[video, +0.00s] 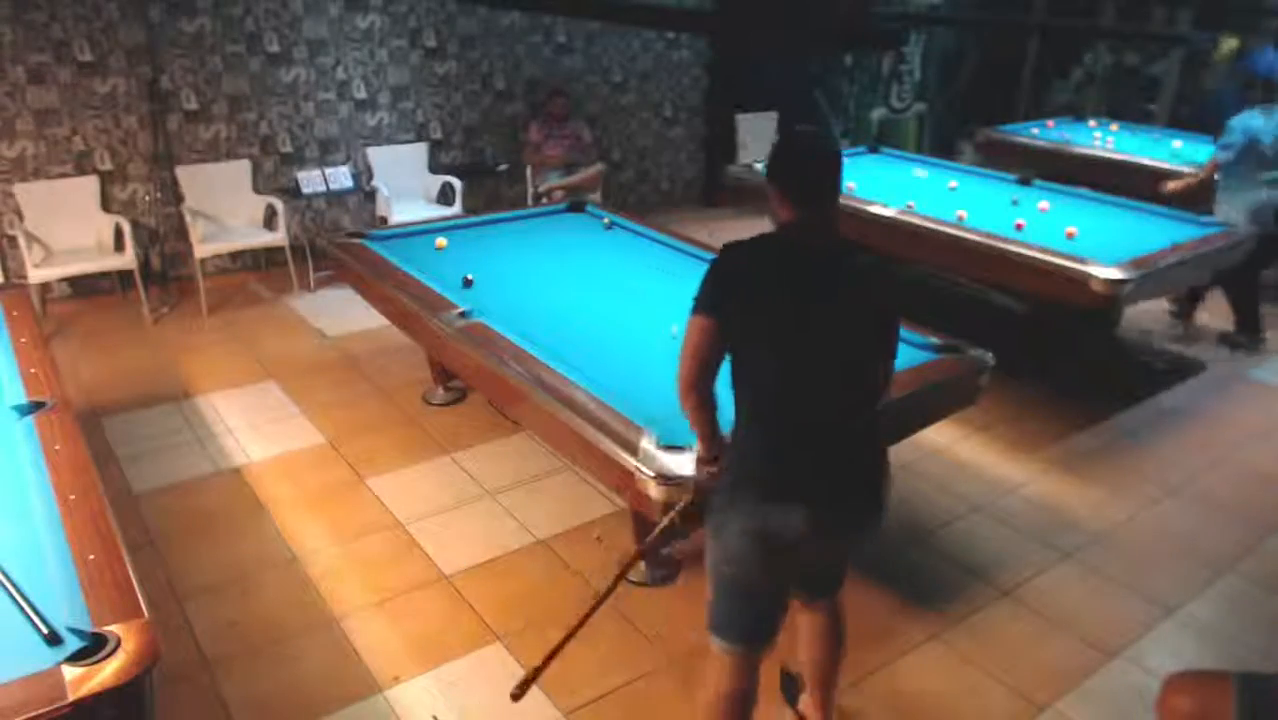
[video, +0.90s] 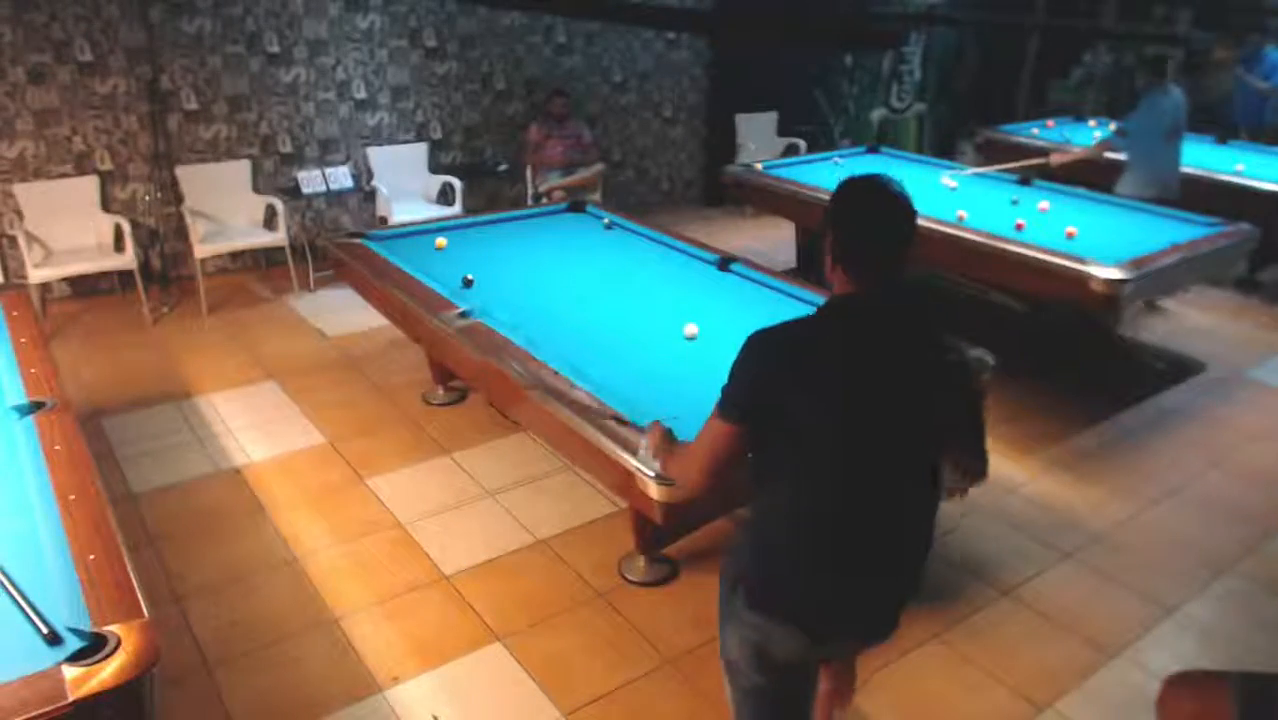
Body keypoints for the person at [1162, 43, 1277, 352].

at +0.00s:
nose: (1240, 89)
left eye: (1244, 84)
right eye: (1243, 84)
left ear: (1254, 87)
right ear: (1271, 88)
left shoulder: (1245, 124)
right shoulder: (1269, 121)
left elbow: (1215, 166)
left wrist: (1181, 185)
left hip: (1242, 220)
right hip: (1267, 218)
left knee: (1241, 275)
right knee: (1212, 260)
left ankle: (1248, 332)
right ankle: (1187, 303)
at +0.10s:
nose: (1221, 87)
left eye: (1227, 82)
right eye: (1226, 81)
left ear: (1238, 85)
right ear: (1263, 86)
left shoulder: (1233, 121)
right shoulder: (1271, 120)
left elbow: (1210, 161)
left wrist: (1180, 182)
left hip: (1224, 203)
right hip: (1256, 201)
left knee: (1224, 267)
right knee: (1204, 255)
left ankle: (1245, 326)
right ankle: (1181, 304)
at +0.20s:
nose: (1222, 88)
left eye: (1225, 83)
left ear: (1232, 85)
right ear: (1255, 86)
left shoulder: (1226, 116)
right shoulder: (1268, 119)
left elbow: (1199, 155)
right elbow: (1269, 159)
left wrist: (1168, 178)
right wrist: (1247, 172)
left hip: (1209, 192)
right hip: (1241, 193)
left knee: (1204, 254)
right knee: (1203, 252)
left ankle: (1232, 313)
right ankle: (1181, 303)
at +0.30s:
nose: (1202, 84)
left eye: (1206, 79)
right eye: (1204, 77)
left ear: (1217, 81)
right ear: (1236, 80)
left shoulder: (1212, 114)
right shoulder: (1254, 114)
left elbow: (1187, 152)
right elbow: (1256, 151)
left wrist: (1146, 167)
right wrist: (1234, 162)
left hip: (1201, 186)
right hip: (1230, 187)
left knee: (1180, 239)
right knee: (1204, 242)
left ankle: (1207, 296)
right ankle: (1179, 301)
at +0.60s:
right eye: (1221, 69)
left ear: (1187, 75)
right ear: (1211, 75)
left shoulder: (1184, 108)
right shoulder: (1215, 105)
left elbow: (1156, 130)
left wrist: (1126, 151)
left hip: (1174, 181)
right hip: (1202, 181)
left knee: (1150, 228)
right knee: (1185, 237)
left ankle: (1171, 295)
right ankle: (1179, 297)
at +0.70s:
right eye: (1224, 68)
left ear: (1173, 78)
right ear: (1205, 72)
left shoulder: (1176, 106)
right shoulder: (1202, 103)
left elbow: (1141, 136)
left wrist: (1090, 155)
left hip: (1162, 179)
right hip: (1188, 180)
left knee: (1140, 228)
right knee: (1181, 234)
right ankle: (1176, 294)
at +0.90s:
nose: (1136, 78)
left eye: (1139, 73)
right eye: (1137, 73)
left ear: (1147, 74)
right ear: (1164, 72)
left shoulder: (1152, 103)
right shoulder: (1177, 97)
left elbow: (1114, 142)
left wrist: (1070, 157)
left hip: (1142, 181)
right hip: (1169, 180)